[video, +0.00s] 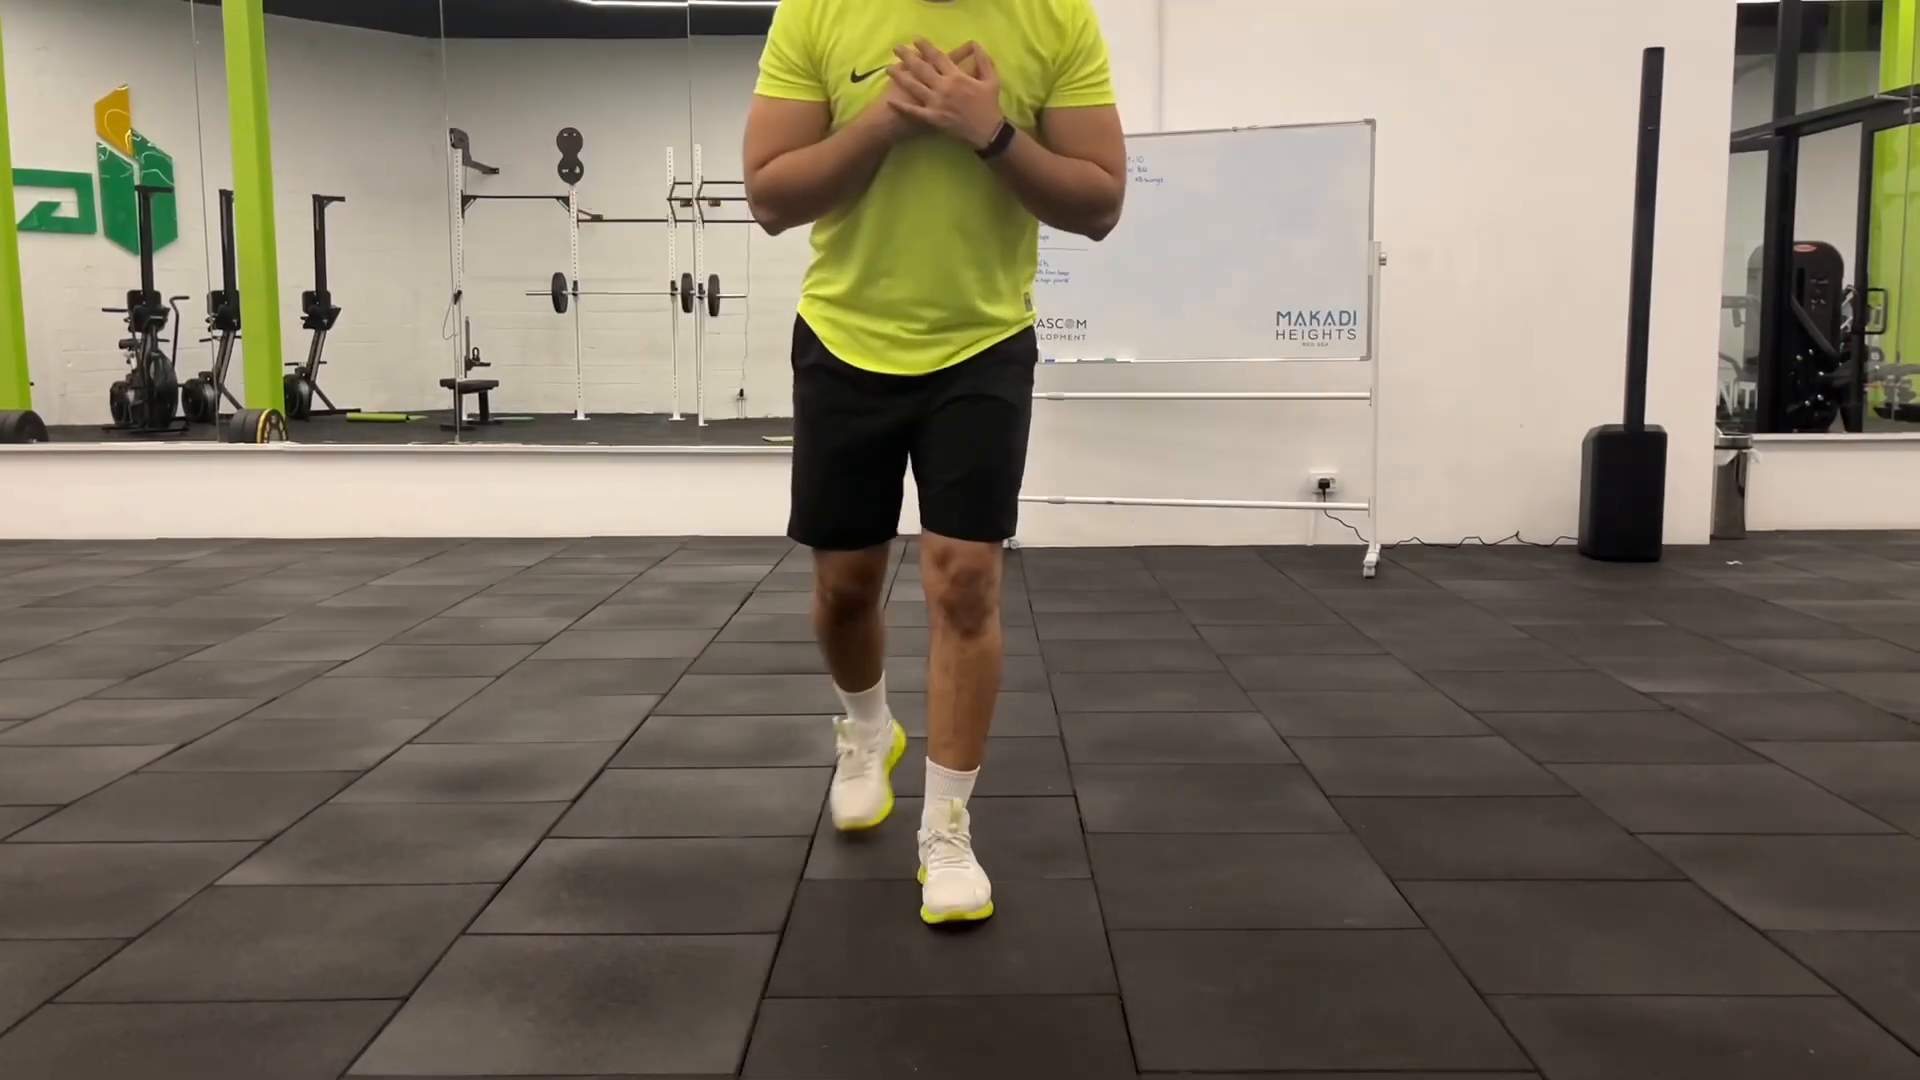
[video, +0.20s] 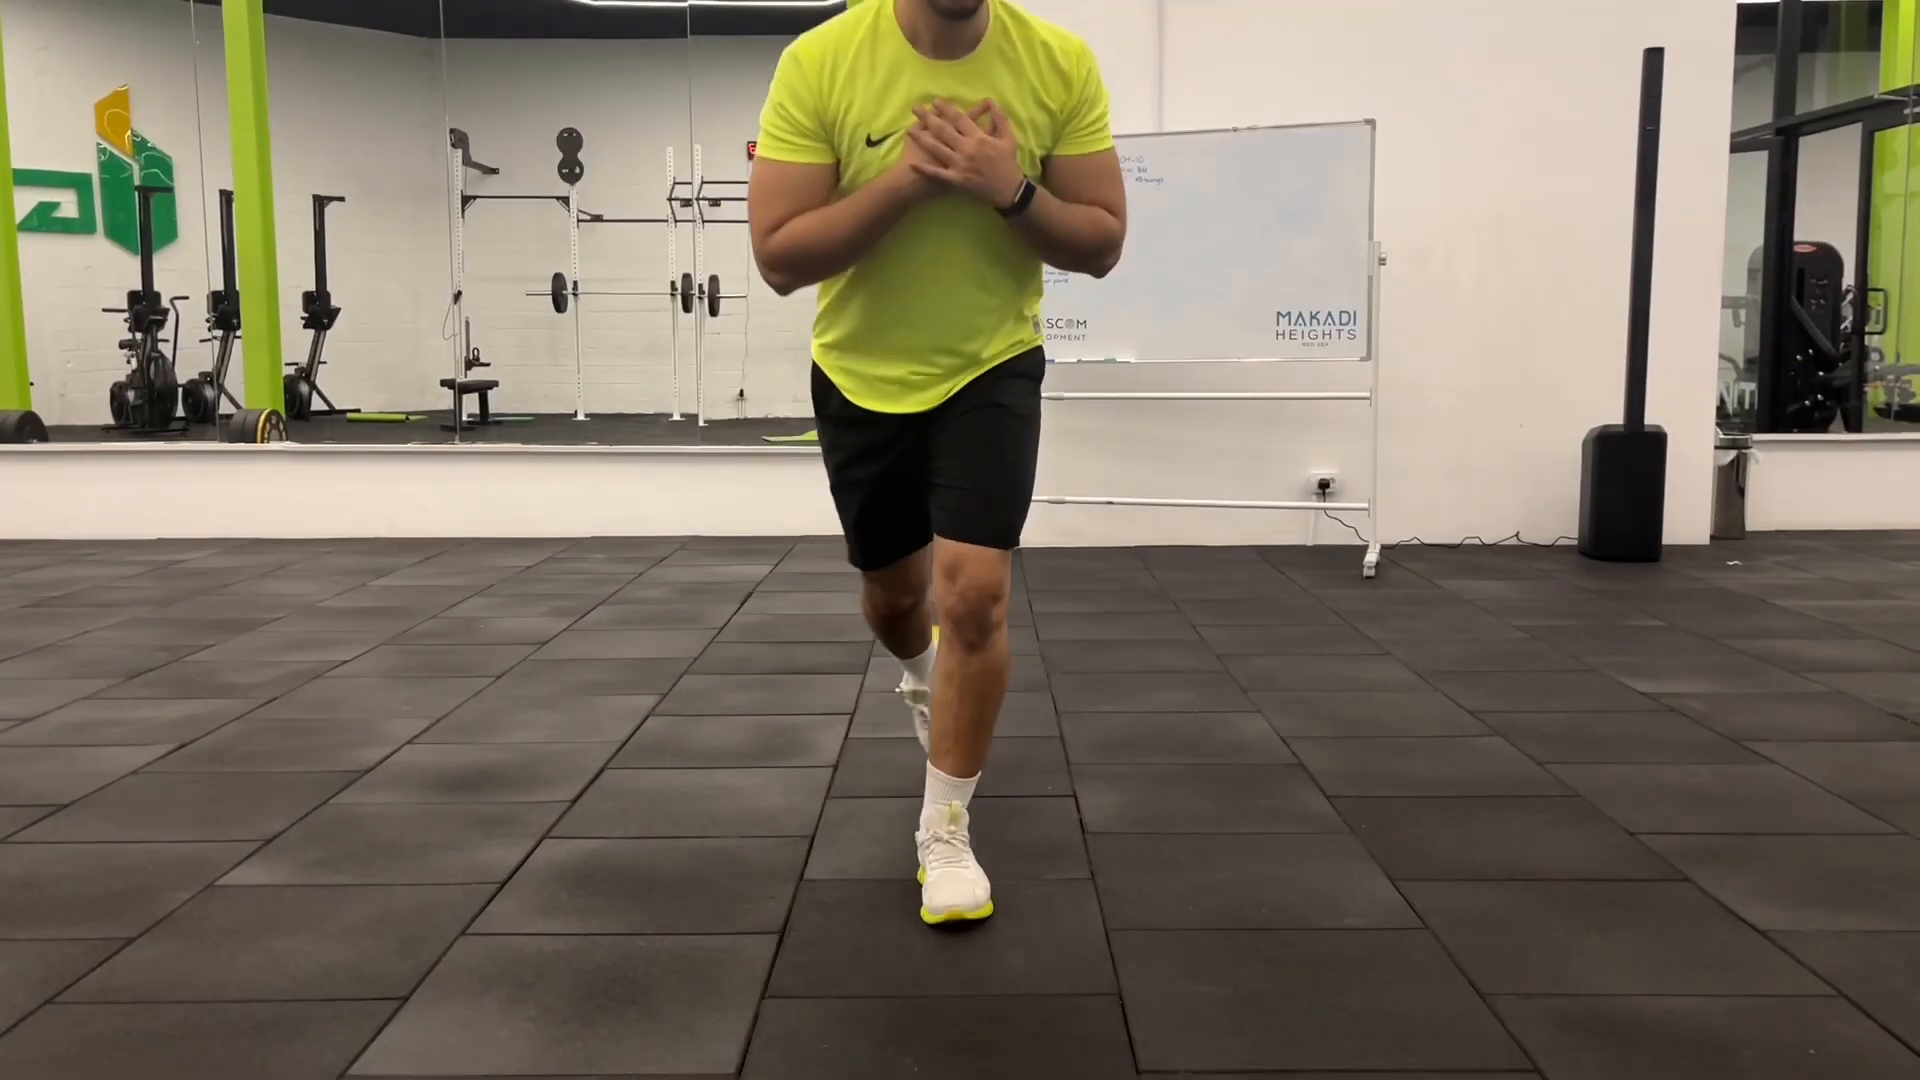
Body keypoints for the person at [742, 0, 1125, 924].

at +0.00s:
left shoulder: (1055, 16)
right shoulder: (816, 11)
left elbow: (1098, 202)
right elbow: (771, 196)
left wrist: (995, 132)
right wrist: (886, 117)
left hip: (983, 335)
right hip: (846, 333)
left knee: (966, 582)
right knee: (844, 586)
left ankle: (947, 829)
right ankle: (866, 730)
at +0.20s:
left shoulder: (1058, 66)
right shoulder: (819, 65)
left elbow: (1101, 245)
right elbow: (778, 257)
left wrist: (1014, 189)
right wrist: (909, 174)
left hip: (991, 357)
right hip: (860, 365)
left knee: (974, 601)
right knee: (896, 601)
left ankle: (946, 829)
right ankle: (925, 676)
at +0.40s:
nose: (939, 39)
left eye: (961, 15)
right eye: (915, 14)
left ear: (986, 22)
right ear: (874, 21)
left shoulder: (1046, 136)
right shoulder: (812, 157)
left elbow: (1098, 300)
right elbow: (792, 345)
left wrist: (1009, 263)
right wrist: (910, 255)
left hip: (1006, 398)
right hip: (882, 421)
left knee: (970, 614)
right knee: (925, 642)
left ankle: (944, 826)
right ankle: (968, 685)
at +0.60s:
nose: (916, 143)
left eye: (937, 116)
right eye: (892, 117)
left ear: (966, 111)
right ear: (859, 115)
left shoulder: (1037, 221)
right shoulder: (810, 254)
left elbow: (1097, 377)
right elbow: (805, 432)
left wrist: (996, 348)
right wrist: (892, 352)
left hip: (1014, 455)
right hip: (894, 489)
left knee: (966, 622)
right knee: (938, 671)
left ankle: (945, 832)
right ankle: (968, 747)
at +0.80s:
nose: (922, 193)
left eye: (942, 167)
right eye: (899, 168)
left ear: (970, 164)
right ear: (867, 169)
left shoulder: (1038, 272)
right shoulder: (817, 305)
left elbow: (1095, 427)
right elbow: (807, 480)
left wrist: (993, 394)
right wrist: (898, 395)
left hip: (1016, 495)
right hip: (897, 531)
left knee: (970, 623)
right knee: (931, 728)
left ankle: (944, 827)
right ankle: (963, 755)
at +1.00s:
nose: (935, 211)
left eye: (956, 185)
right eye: (914, 186)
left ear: (980, 185)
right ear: (880, 187)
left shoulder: (1041, 295)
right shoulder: (823, 322)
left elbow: (1093, 450)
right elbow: (811, 496)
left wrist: (1002, 415)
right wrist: (902, 410)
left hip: (1012, 512)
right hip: (894, 548)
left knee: (979, 620)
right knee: (925, 762)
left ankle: (945, 830)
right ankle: (963, 744)